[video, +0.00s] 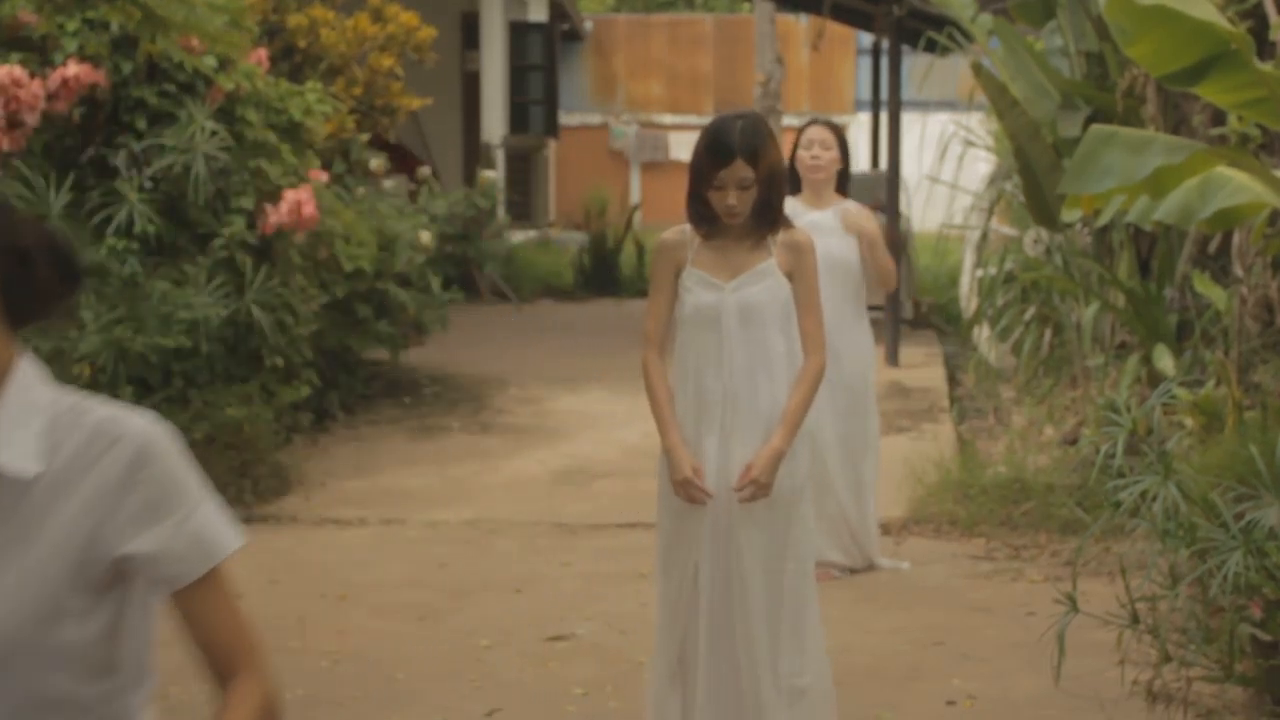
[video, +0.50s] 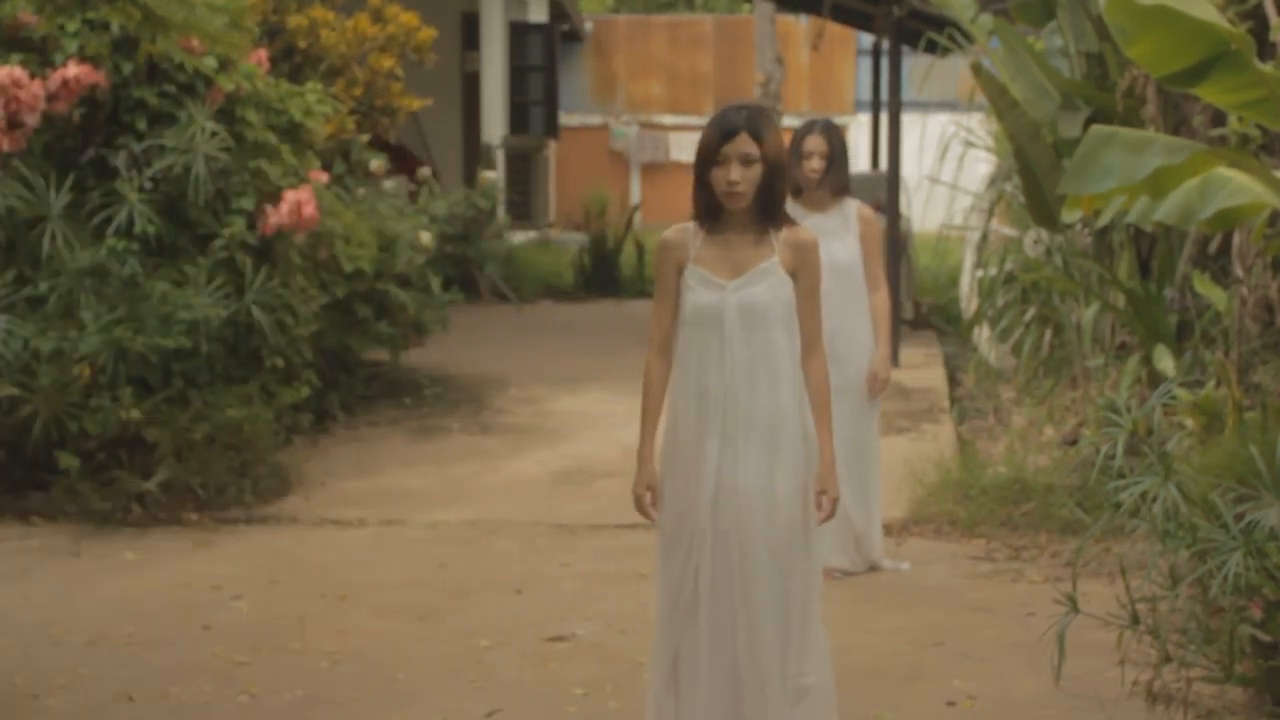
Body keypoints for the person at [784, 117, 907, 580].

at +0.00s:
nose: (816, 155)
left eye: (825, 148)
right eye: (808, 148)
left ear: (841, 159)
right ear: (794, 158)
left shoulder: (858, 216)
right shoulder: (779, 214)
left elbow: (886, 283)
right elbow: (762, 279)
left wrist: (870, 237)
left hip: (847, 335)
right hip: (792, 334)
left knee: (844, 438)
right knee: (796, 437)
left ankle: (845, 544)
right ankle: (801, 546)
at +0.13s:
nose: (814, 163)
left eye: (824, 155)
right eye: (806, 155)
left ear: (840, 162)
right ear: (793, 161)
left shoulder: (862, 218)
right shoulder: (779, 215)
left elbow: (878, 283)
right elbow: (762, 273)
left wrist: (867, 294)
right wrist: (776, 308)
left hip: (846, 339)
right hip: (794, 337)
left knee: (844, 440)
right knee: (798, 438)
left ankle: (845, 544)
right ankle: (802, 546)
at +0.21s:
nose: (812, 167)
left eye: (822, 159)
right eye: (804, 158)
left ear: (839, 165)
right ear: (792, 163)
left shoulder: (862, 218)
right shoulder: (780, 217)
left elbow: (874, 281)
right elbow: (768, 283)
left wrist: (870, 326)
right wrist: (772, 334)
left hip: (845, 347)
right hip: (793, 345)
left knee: (845, 446)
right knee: (797, 443)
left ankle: (847, 545)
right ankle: (802, 547)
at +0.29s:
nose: (813, 169)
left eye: (822, 160)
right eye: (804, 159)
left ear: (838, 165)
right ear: (793, 164)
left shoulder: (862, 219)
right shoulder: (781, 217)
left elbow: (875, 284)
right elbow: (769, 286)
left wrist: (875, 339)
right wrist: (772, 345)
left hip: (847, 350)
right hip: (794, 348)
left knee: (847, 448)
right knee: (799, 443)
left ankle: (850, 545)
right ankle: (804, 545)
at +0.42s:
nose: (814, 168)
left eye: (823, 159)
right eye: (806, 158)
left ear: (838, 164)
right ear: (793, 163)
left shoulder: (862, 218)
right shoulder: (780, 218)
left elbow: (877, 287)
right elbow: (769, 289)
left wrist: (880, 351)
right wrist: (771, 351)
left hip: (850, 347)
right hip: (796, 347)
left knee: (850, 447)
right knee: (801, 441)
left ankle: (852, 545)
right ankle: (808, 544)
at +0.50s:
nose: (814, 166)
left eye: (824, 158)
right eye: (806, 157)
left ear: (837, 163)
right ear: (793, 160)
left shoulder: (862, 218)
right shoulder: (780, 217)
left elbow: (877, 287)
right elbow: (770, 290)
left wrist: (883, 351)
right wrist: (772, 352)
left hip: (851, 347)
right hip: (797, 347)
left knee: (852, 446)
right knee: (803, 441)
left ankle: (854, 544)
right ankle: (809, 543)